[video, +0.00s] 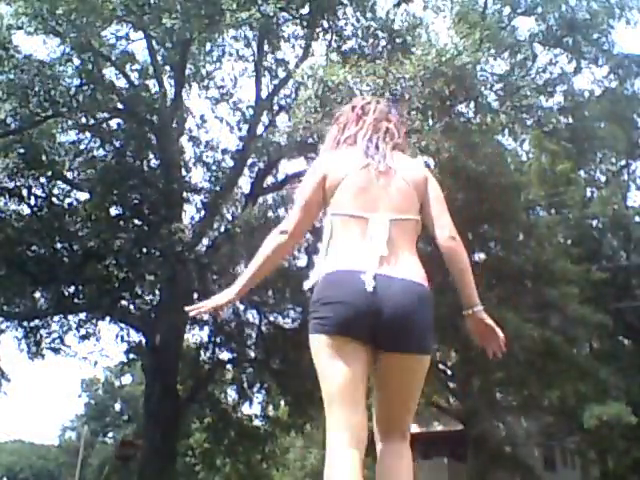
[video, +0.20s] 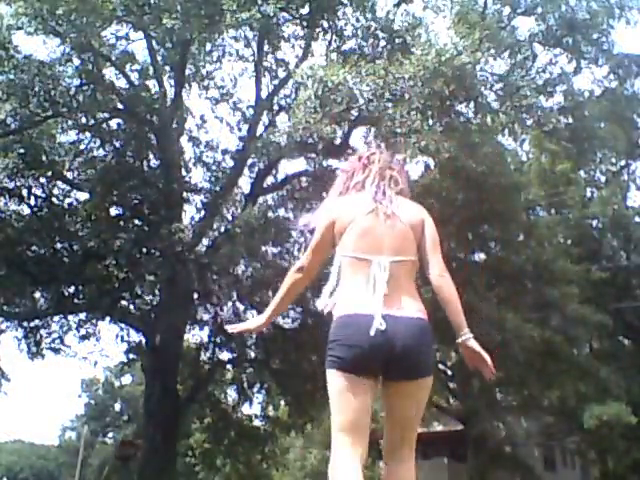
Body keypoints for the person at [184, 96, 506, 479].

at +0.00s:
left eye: (337, 129)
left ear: (344, 130)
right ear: (396, 133)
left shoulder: (330, 162)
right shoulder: (420, 170)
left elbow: (287, 236)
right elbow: (448, 239)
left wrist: (235, 290)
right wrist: (473, 309)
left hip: (339, 288)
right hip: (409, 297)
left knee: (344, 438)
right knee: (396, 434)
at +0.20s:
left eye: (345, 174)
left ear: (352, 177)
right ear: (398, 181)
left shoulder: (339, 207)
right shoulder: (417, 213)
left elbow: (304, 270)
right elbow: (438, 275)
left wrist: (265, 317)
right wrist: (464, 335)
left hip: (351, 330)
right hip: (412, 335)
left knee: (347, 449)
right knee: (401, 453)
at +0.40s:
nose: (341, 212)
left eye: (345, 207)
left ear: (351, 204)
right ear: (394, 205)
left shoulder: (342, 228)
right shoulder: (414, 236)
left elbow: (315, 292)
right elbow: (431, 300)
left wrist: (281, 345)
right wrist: (451, 356)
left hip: (355, 343)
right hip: (411, 347)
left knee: (345, 445)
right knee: (397, 458)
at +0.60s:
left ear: (345, 230)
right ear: (387, 232)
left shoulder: (335, 253)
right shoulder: (404, 258)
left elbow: (309, 309)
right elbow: (420, 318)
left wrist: (275, 358)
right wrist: (437, 373)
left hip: (342, 360)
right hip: (397, 363)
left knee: (338, 461)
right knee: (388, 463)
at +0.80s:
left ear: (341, 258)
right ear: (380, 261)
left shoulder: (326, 282)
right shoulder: (393, 287)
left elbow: (300, 336)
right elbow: (408, 346)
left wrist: (266, 379)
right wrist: (427, 397)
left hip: (325, 378)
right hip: (376, 383)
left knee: (333, 469)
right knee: (372, 468)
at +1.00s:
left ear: (342, 300)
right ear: (378, 304)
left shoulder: (327, 321)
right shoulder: (390, 329)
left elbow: (302, 373)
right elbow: (404, 386)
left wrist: (269, 422)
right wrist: (422, 437)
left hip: (318, 403)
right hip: (368, 407)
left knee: (333, 474)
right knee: (362, 473)